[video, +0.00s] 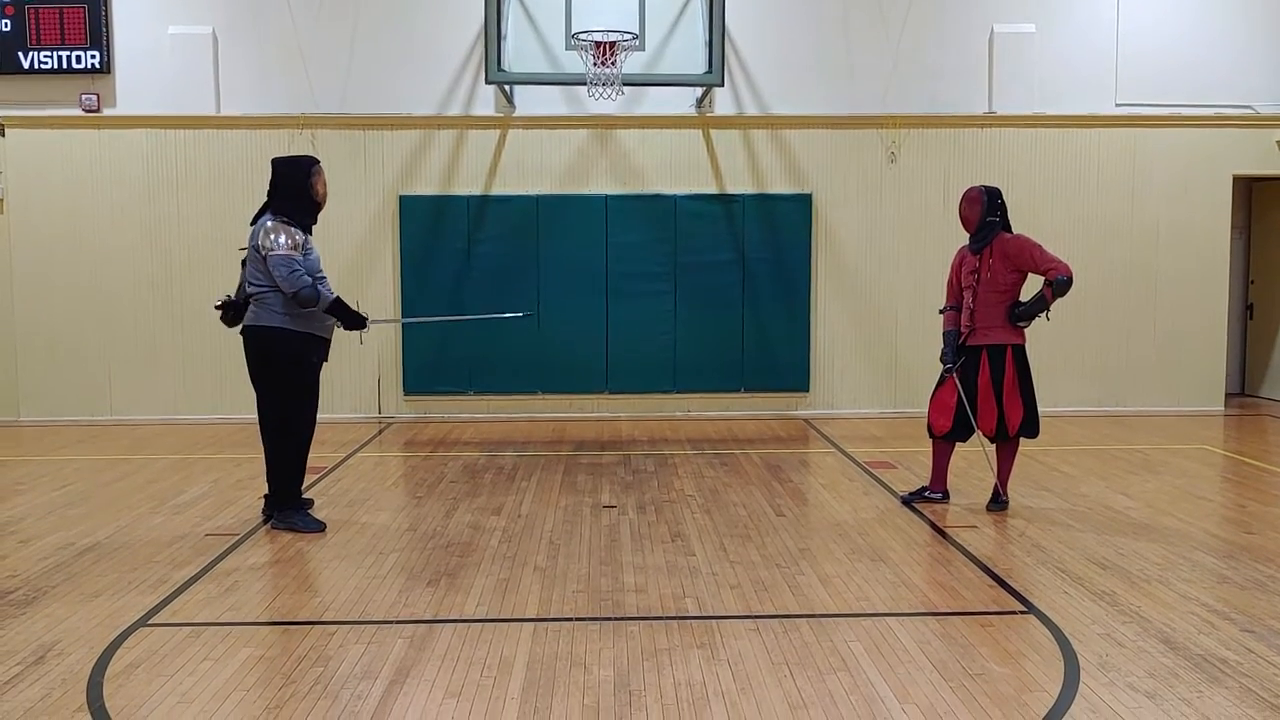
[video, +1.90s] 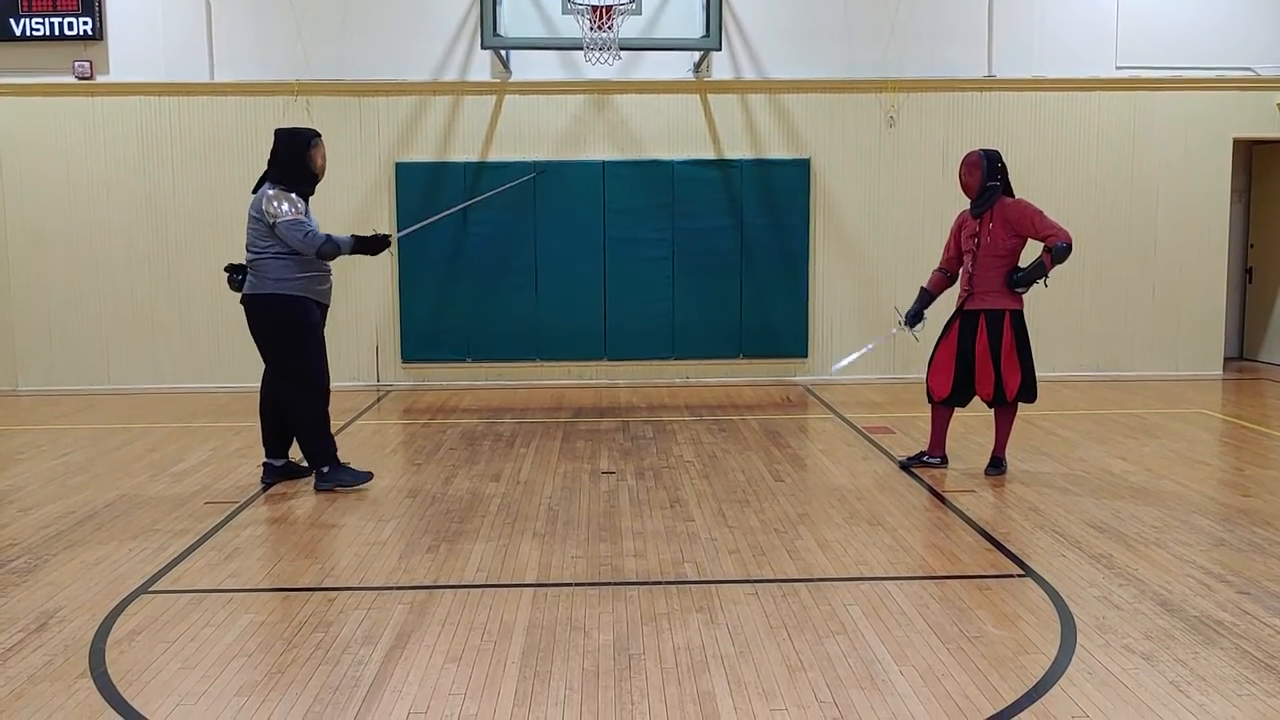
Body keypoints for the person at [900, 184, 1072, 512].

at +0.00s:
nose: (962, 216)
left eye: (967, 208)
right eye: (961, 209)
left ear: (987, 210)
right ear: (971, 211)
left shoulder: (1013, 244)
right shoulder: (964, 255)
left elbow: (1061, 275)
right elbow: (953, 304)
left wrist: (1032, 308)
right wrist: (949, 343)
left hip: (1004, 347)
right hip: (967, 348)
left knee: (1007, 417)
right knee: (944, 411)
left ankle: (1000, 490)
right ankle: (937, 486)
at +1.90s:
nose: (962, 181)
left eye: (968, 174)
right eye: (961, 174)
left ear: (989, 175)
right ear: (969, 177)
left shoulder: (1013, 209)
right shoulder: (965, 219)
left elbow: (1061, 242)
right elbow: (947, 268)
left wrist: (1030, 273)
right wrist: (920, 303)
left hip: (1003, 311)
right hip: (966, 312)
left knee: (1004, 383)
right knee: (942, 375)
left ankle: (998, 456)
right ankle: (935, 451)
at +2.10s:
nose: (966, 179)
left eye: (972, 172)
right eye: (964, 173)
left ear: (993, 173)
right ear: (964, 176)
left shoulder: (1017, 208)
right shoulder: (966, 216)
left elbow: (1064, 240)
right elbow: (933, 253)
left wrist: (1034, 271)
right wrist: (893, 268)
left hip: (1004, 309)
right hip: (967, 309)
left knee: (1004, 380)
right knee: (944, 373)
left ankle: (998, 454)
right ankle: (935, 449)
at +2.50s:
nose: (973, 173)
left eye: (979, 166)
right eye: (971, 167)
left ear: (999, 169)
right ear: (973, 170)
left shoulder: (1023, 206)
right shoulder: (969, 212)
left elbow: (1071, 240)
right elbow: (928, 239)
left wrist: (1037, 270)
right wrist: (886, 248)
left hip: (1005, 307)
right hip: (967, 306)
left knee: (1004, 379)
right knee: (943, 371)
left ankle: (999, 451)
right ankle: (936, 447)